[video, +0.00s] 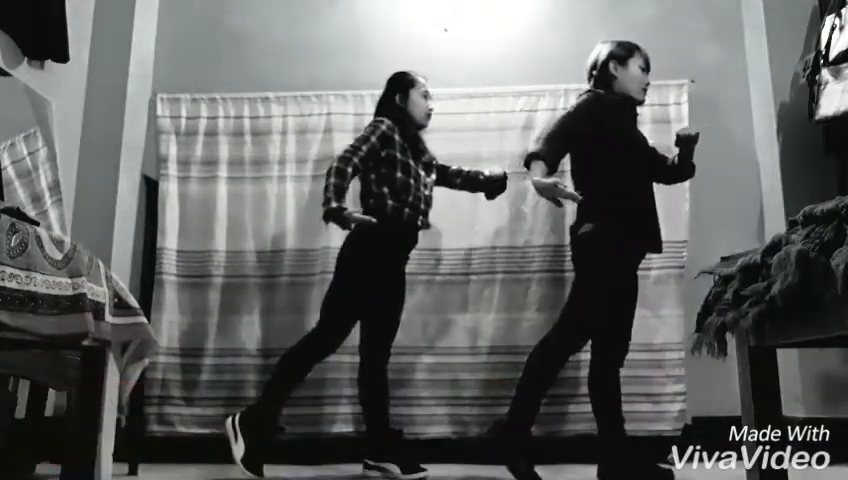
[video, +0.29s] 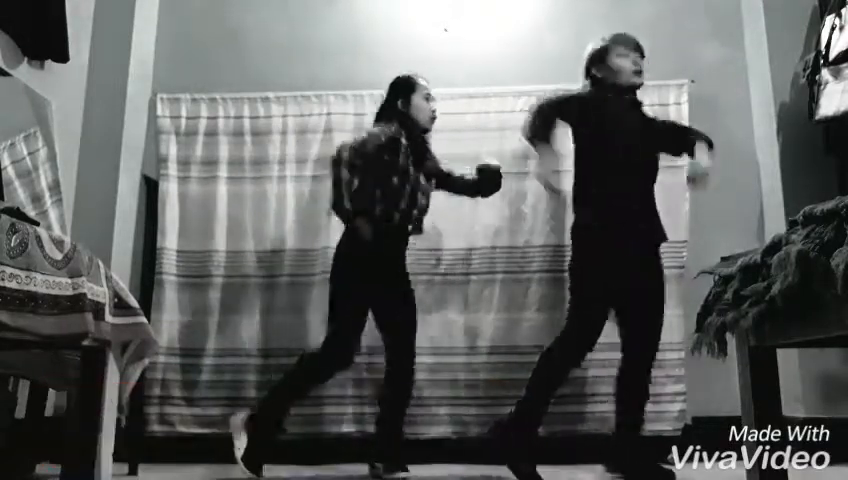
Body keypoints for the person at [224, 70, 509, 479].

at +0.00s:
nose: (431, 104)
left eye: (430, 97)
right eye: (423, 96)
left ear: (408, 103)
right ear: (400, 100)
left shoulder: (415, 148)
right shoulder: (383, 130)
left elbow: (441, 174)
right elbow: (345, 163)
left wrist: (486, 181)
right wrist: (335, 207)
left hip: (392, 254)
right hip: (368, 249)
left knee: (376, 354)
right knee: (326, 338)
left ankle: (381, 449)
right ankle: (254, 422)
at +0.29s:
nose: (434, 107)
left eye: (433, 99)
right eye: (426, 98)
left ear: (416, 107)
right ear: (402, 104)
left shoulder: (417, 151)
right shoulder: (385, 136)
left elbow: (440, 179)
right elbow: (346, 157)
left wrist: (478, 185)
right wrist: (352, 214)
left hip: (390, 259)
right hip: (359, 255)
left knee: (402, 356)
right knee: (338, 353)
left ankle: (387, 455)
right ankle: (258, 424)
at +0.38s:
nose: (429, 115)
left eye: (427, 108)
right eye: (419, 108)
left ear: (419, 120)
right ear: (399, 118)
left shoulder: (426, 171)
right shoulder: (378, 159)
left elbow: (478, 202)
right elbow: (345, 208)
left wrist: (469, 175)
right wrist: (381, 248)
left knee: (401, 359)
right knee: (367, 332)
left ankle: (386, 452)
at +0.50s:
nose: (384, 97)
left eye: (388, 90)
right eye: (374, 91)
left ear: (397, 101)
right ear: (359, 103)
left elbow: (452, 175)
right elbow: (347, 202)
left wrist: (421, 213)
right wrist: (385, 206)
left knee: (392, 352)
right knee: (319, 323)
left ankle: (387, 450)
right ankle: (327, 402)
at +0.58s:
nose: (340, 99)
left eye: (347, 91)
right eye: (337, 93)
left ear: (367, 93)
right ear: (339, 99)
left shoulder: (393, 142)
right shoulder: (339, 140)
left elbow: (411, 203)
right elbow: (330, 165)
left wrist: (401, 258)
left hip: (386, 258)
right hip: (349, 254)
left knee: (381, 352)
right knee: (316, 343)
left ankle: (386, 453)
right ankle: (310, 445)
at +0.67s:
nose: (315, 98)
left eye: (321, 90)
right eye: (316, 90)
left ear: (342, 95)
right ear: (331, 96)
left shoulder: (372, 135)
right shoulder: (324, 135)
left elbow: (392, 193)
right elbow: (300, 152)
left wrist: (402, 251)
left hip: (364, 253)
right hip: (334, 252)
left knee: (367, 351)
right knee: (306, 347)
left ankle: (390, 453)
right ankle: (304, 448)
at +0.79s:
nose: (291, 104)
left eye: (298, 98)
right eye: (294, 98)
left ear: (314, 107)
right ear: (318, 108)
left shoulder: (343, 146)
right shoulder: (293, 152)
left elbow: (380, 188)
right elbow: (251, 165)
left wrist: (414, 224)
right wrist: (202, 158)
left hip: (332, 261)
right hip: (313, 260)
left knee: (285, 341)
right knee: (286, 343)